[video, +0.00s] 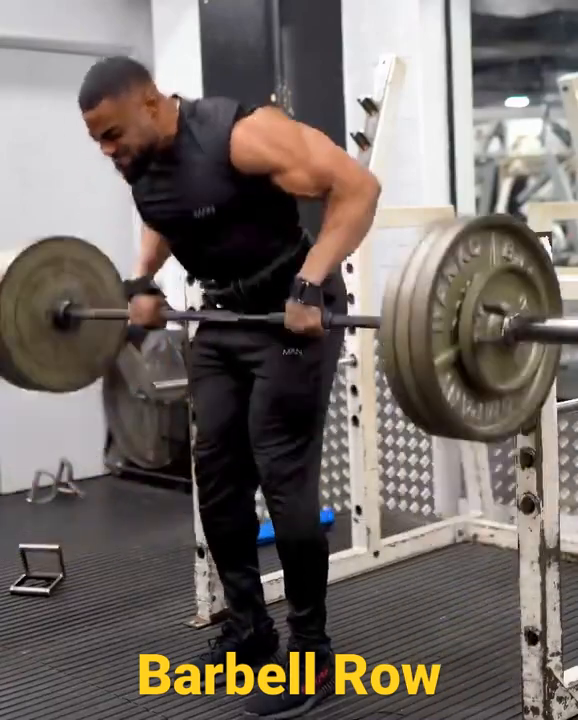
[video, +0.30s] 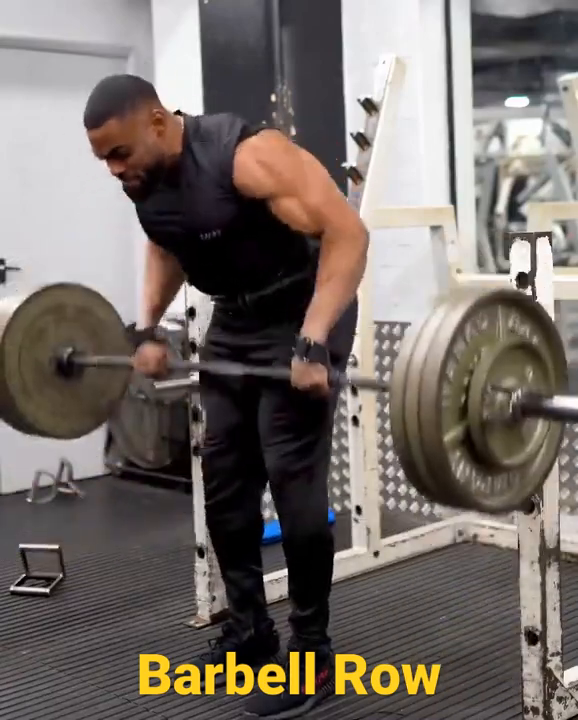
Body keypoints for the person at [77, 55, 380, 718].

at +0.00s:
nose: (109, 151)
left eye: (113, 134)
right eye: (99, 140)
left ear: (155, 104)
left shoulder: (240, 134)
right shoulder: (139, 163)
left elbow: (359, 187)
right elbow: (164, 217)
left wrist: (308, 285)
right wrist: (143, 279)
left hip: (293, 323)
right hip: (220, 326)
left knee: (283, 473)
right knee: (216, 474)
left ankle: (309, 647)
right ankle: (246, 628)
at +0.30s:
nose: (114, 171)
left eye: (120, 153)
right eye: (105, 160)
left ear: (161, 122)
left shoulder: (252, 156)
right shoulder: (144, 180)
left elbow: (348, 233)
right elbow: (167, 242)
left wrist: (313, 339)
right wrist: (148, 324)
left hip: (300, 318)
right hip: (230, 322)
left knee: (292, 477)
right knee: (224, 481)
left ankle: (310, 649)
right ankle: (247, 626)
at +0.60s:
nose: (121, 186)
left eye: (127, 170)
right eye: (113, 175)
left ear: (168, 138)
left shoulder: (263, 185)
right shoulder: (153, 204)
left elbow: (331, 295)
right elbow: (158, 303)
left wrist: (317, 418)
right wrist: (150, 399)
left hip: (317, 321)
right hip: (246, 329)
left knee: (302, 466)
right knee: (227, 474)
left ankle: (312, 646)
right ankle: (247, 626)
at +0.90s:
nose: (109, 215)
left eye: (115, 198)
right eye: (100, 203)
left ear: (158, 170)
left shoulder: (256, 229)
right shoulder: (143, 241)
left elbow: (306, 353)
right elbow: (155, 351)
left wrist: (320, 482)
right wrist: (156, 455)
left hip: (328, 312)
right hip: (248, 325)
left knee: (304, 470)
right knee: (221, 469)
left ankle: (312, 647)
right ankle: (248, 627)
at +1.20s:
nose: (104, 240)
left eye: (112, 223)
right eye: (96, 226)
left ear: (156, 201)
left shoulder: (253, 264)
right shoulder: (138, 274)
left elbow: (296, 396)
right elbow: (155, 387)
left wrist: (318, 522)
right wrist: (154, 492)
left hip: (331, 322)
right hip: (249, 331)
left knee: (299, 473)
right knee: (210, 469)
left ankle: (311, 648)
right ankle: (248, 627)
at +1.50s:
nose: (105, 210)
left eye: (113, 194)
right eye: (98, 198)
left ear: (159, 171)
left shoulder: (252, 232)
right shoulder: (140, 250)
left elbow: (305, 356)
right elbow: (149, 354)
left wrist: (308, 485)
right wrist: (147, 459)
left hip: (330, 309)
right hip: (249, 322)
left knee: (300, 476)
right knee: (221, 468)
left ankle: (310, 649)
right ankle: (247, 627)